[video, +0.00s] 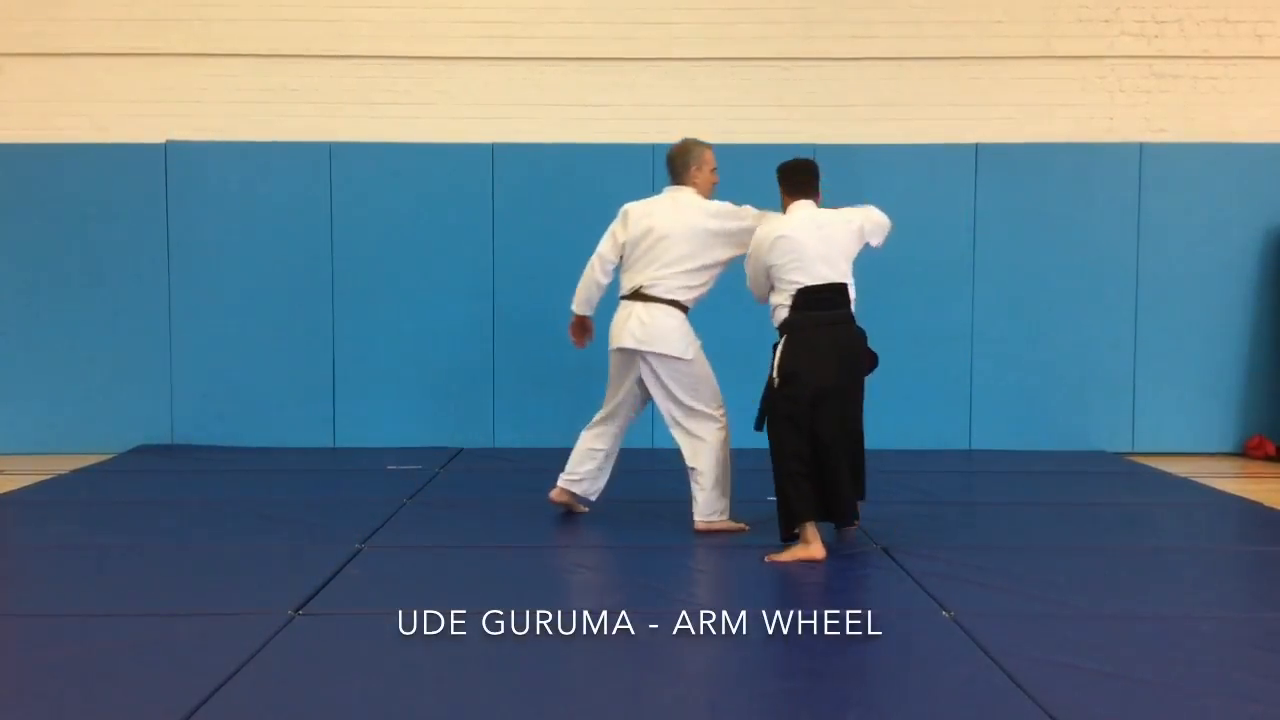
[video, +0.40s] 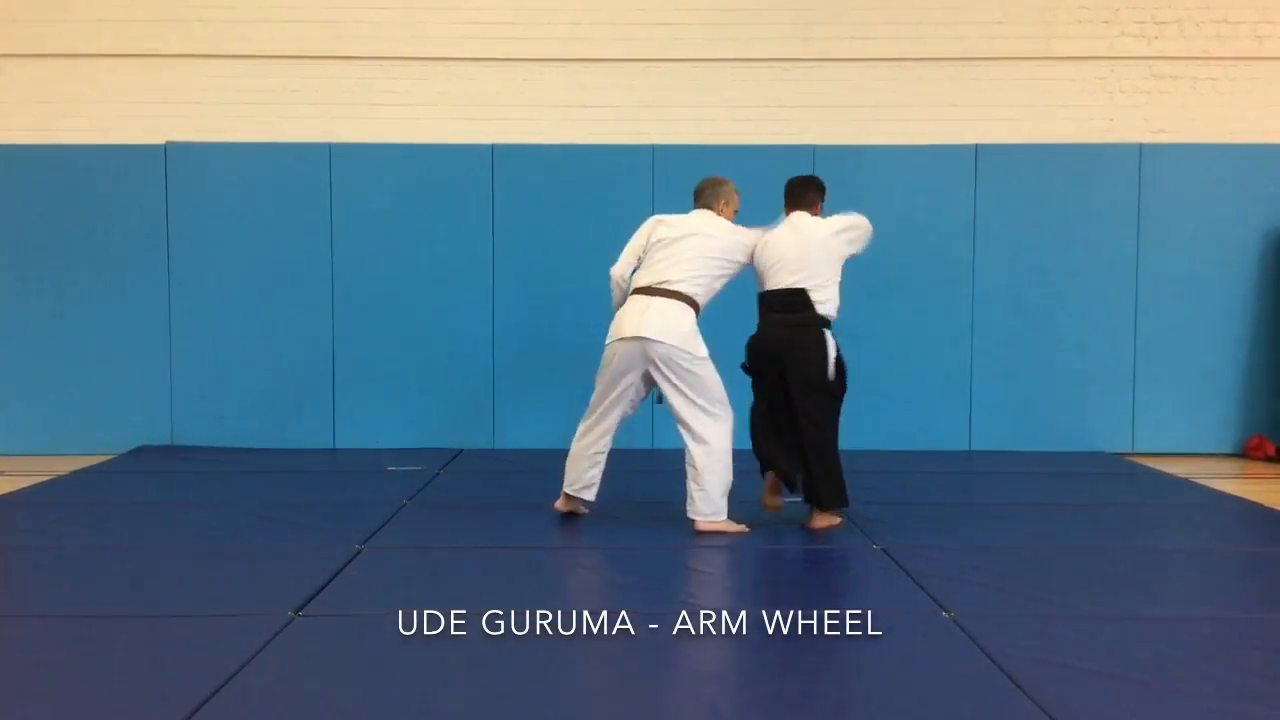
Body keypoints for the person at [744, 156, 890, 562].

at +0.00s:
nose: (783, 197)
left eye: (780, 192)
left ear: (781, 193)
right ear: (818, 193)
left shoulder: (768, 233)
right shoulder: (846, 221)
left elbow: (759, 291)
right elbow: (881, 222)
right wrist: (848, 212)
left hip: (799, 340)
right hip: (844, 337)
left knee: (789, 433)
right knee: (842, 427)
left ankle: (809, 538)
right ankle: (847, 515)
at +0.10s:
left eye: (780, 204)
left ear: (779, 205)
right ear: (815, 201)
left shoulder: (763, 244)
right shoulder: (843, 228)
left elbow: (763, 300)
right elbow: (884, 245)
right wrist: (858, 263)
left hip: (793, 344)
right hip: (839, 341)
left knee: (784, 434)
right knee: (833, 427)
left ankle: (809, 536)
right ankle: (830, 509)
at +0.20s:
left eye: (785, 213)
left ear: (783, 213)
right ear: (818, 211)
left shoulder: (765, 251)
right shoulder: (844, 238)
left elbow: (765, 311)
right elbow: (881, 264)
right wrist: (848, 276)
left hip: (788, 344)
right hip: (834, 340)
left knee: (779, 431)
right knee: (826, 426)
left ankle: (798, 517)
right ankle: (828, 510)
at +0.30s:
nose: (816, 215)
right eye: (821, 210)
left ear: (787, 212)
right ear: (821, 210)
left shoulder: (767, 251)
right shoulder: (840, 237)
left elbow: (767, 308)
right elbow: (878, 257)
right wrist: (843, 243)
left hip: (780, 337)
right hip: (825, 335)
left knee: (777, 416)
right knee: (824, 422)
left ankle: (778, 479)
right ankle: (827, 508)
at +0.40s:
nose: (820, 210)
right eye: (821, 206)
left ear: (785, 206)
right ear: (818, 207)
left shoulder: (764, 240)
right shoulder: (832, 232)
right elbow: (863, 224)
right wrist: (827, 221)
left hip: (768, 337)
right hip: (812, 338)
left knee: (769, 407)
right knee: (819, 420)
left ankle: (774, 470)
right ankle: (824, 508)